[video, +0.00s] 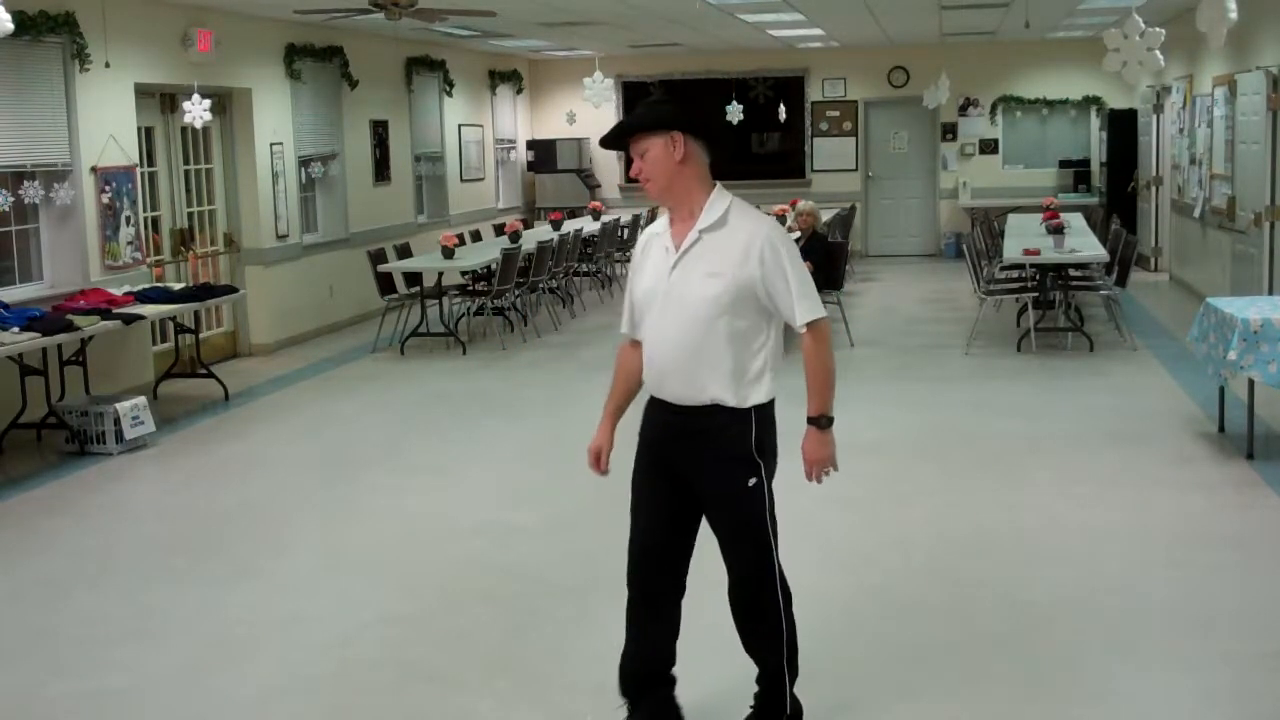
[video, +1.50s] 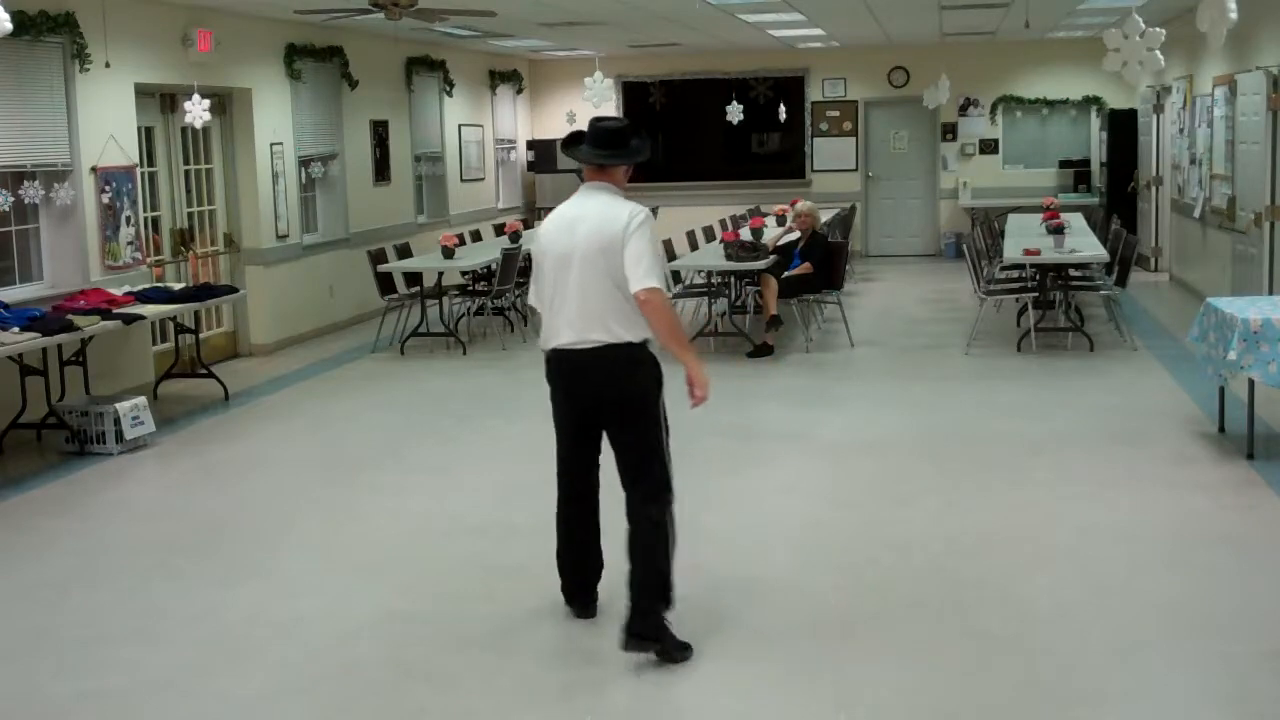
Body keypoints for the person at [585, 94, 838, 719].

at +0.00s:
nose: (632, 171)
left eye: (640, 156)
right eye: (630, 159)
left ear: (677, 149)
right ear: (667, 155)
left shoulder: (757, 233)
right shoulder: (650, 241)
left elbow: (815, 326)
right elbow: (634, 342)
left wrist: (819, 424)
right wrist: (607, 421)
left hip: (736, 428)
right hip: (663, 428)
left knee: (754, 577)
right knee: (650, 578)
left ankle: (778, 701)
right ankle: (649, 706)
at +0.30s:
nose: (650, 175)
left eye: (650, 162)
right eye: (650, 163)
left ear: (667, 156)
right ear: (698, 157)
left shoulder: (712, 229)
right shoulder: (704, 222)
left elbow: (738, 330)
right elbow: (724, 329)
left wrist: (744, 424)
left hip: (721, 419)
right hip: (700, 414)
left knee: (739, 561)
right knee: (690, 537)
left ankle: (776, 703)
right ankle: (729, 672)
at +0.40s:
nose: (650, 169)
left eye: (651, 157)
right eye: (652, 157)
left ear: (664, 156)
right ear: (706, 156)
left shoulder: (696, 225)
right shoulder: (730, 218)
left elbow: (697, 330)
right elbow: (760, 305)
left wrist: (682, 421)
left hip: (706, 409)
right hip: (738, 401)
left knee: (723, 557)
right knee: (729, 549)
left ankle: (773, 699)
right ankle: (736, 671)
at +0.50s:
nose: (650, 165)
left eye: (648, 155)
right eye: (652, 155)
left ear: (656, 154)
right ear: (708, 155)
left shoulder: (671, 226)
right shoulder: (741, 221)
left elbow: (654, 331)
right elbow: (763, 322)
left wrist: (619, 422)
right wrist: (765, 392)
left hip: (688, 406)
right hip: (743, 398)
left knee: (692, 544)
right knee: (737, 536)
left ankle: (737, 688)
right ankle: (733, 668)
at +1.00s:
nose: (644, 168)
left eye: (629, 160)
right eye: (661, 157)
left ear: (623, 163)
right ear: (675, 161)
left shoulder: (596, 234)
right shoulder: (715, 225)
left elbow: (586, 332)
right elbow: (751, 310)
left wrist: (623, 361)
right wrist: (787, 385)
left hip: (630, 394)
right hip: (702, 389)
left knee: (620, 507)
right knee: (695, 510)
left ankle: (667, 626)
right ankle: (679, 639)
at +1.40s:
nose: (646, 183)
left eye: (643, 177)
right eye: (644, 177)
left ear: (594, 177)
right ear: (637, 178)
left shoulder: (561, 238)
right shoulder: (650, 227)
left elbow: (556, 321)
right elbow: (676, 307)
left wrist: (578, 378)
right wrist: (721, 370)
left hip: (585, 384)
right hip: (649, 380)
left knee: (589, 496)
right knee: (670, 508)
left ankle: (580, 593)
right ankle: (673, 646)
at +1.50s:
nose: (633, 172)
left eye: (628, 163)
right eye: (631, 164)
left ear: (584, 166)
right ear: (623, 167)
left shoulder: (550, 224)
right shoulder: (632, 218)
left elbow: (539, 301)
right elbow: (647, 295)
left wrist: (579, 336)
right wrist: (690, 362)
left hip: (566, 369)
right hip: (626, 366)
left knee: (575, 484)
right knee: (649, 492)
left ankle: (579, 593)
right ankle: (647, 622)